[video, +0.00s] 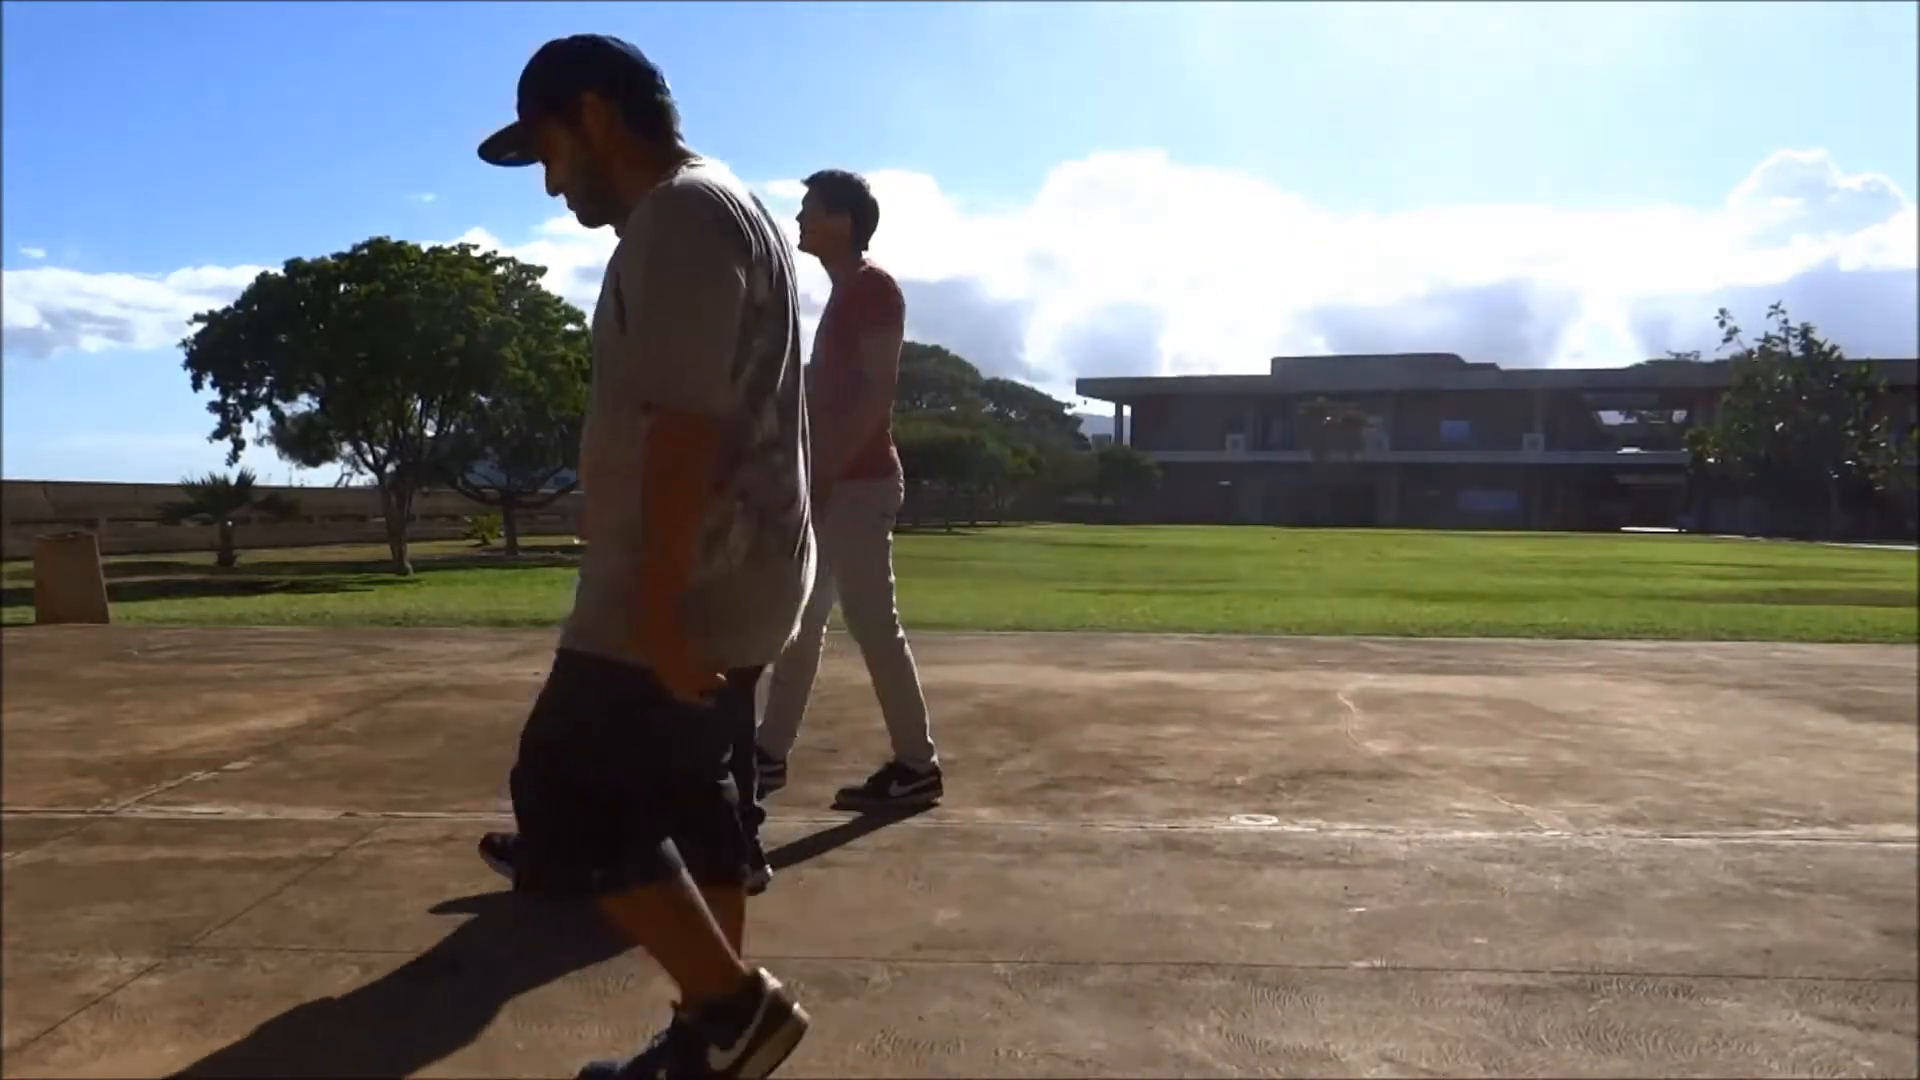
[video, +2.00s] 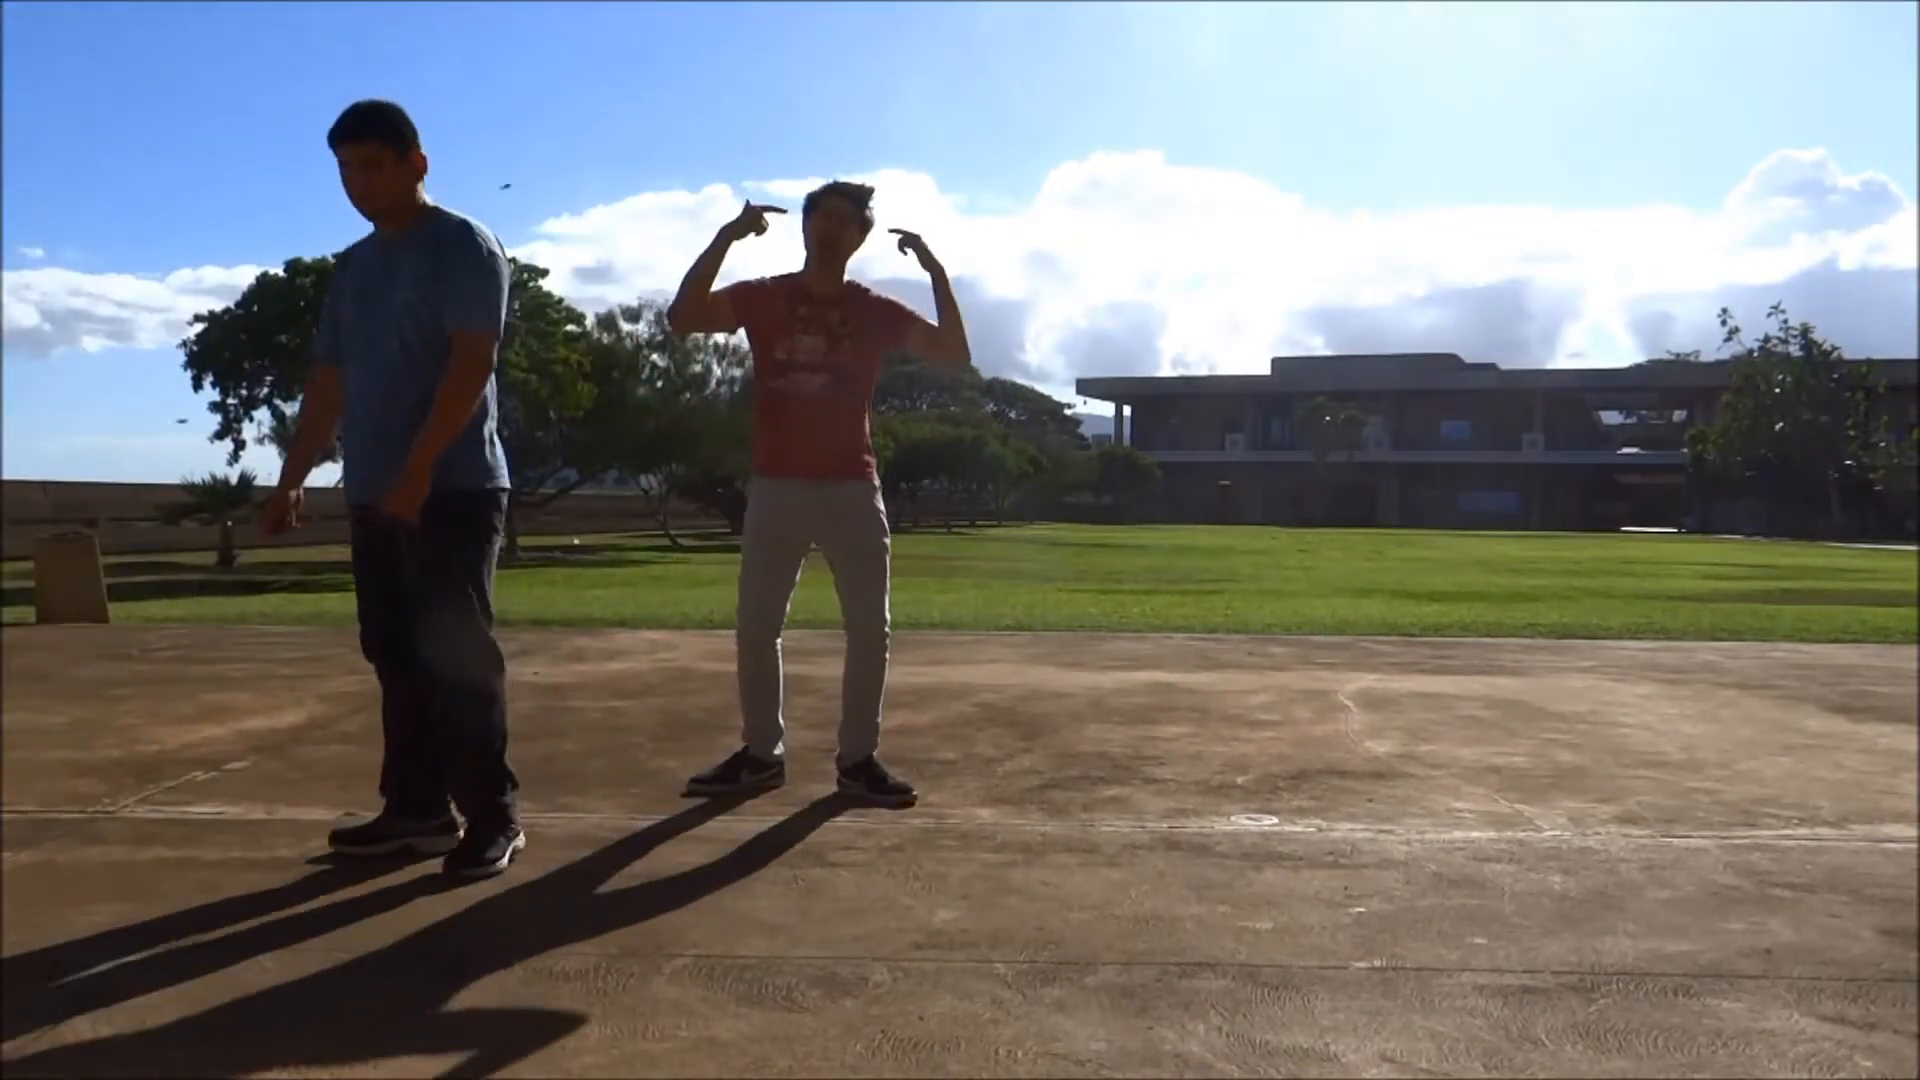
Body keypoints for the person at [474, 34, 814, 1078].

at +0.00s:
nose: (549, 182)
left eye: (546, 151)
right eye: (539, 160)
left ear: (597, 117)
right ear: (614, 120)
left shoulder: (679, 220)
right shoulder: (726, 211)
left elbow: (683, 426)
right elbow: (726, 426)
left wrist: (661, 603)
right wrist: (664, 588)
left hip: (665, 593)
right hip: (729, 584)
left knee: (564, 800)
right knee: (709, 807)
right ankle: (701, 1028)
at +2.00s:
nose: (354, 183)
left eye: (368, 166)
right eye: (346, 170)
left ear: (414, 162)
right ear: (340, 177)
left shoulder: (466, 249)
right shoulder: (351, 271)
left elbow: (472, 368)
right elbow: (328, 384)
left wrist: (418, 466)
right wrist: (292, 477)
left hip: (457, 483)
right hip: (376, 489)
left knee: (457, 647)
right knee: (393, 649)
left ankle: (492, 819)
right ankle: (416, 809)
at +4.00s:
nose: (393, 180)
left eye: (403, 169)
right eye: (377, 166)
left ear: (414, 179)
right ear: (339, 171)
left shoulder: (427, 266)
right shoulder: (287, 256)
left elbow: (485, 353)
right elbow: (217, 345)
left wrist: (516, 288)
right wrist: (249, 251)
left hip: (411, 487)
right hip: (315, 492)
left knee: (406, 652)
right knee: (324, 655)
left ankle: (385, 797)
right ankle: (330, 806)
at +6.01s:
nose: (741, 241)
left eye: (747, 228)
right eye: (739, 224)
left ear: (704, 211)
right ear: (697, 205)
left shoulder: (676, 272)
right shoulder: (642, 266)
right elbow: (582, 369)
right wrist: (521, 455)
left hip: (663, 490)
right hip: (642, 491)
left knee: (625, 627)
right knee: (661, 633)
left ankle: (551, 760)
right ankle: (661, 794)